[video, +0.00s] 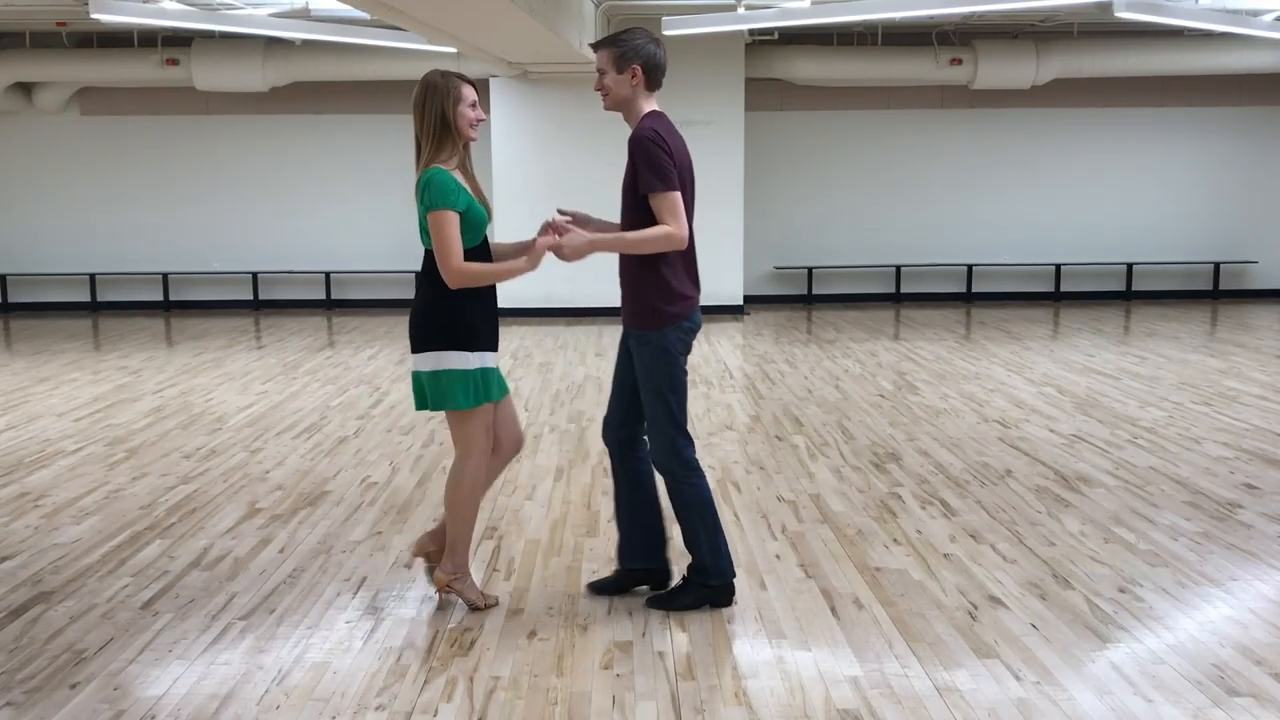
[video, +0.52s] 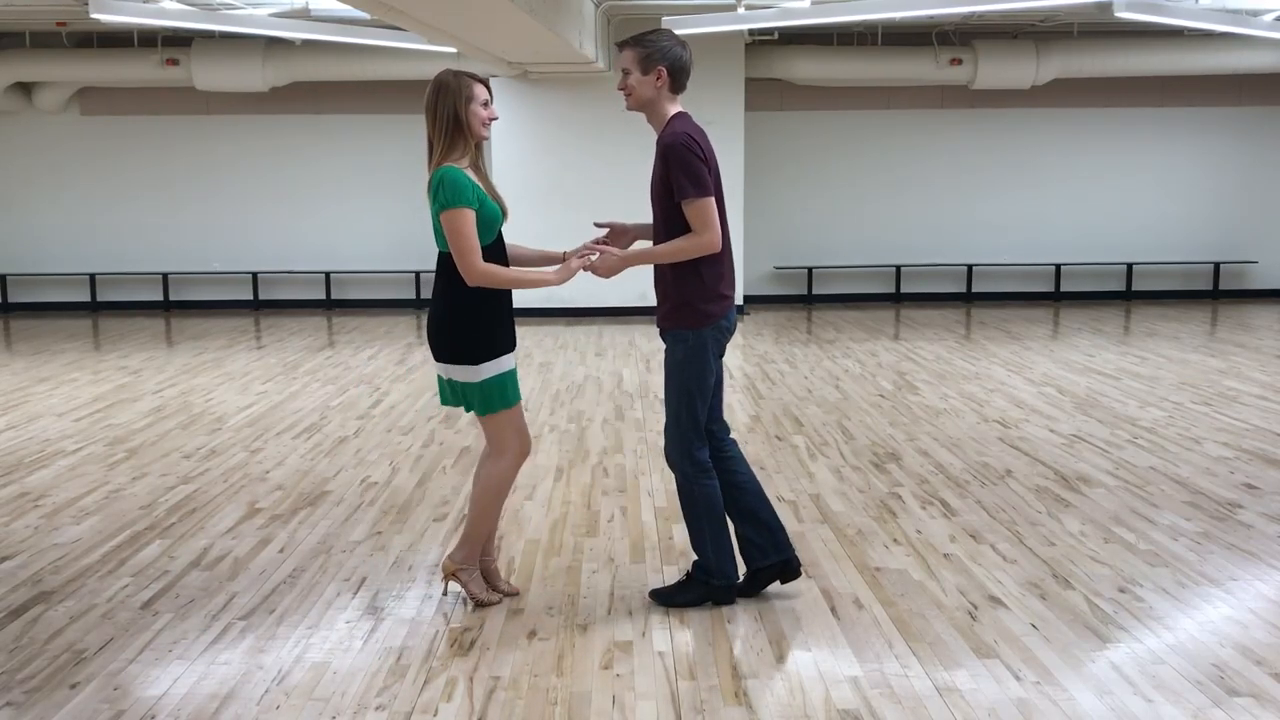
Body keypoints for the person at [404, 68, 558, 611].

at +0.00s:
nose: (480, 114)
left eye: (478, 105)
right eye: (470, 106)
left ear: (463, 113)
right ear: (444, 114)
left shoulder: (459, 178)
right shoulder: (441, 181)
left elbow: (482, 253)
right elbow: (453, 272)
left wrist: (535, 243)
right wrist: (524, 265)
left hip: (469, 334)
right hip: (449, 337)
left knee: (506, 442)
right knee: (473, 453)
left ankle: (440, 537)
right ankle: (455, 569)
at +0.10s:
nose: (483, 114)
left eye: (482, 105)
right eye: (473, 106)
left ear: (472, 113)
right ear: (447, 113)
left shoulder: (462, 178)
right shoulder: (446, 181)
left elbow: (488, 253)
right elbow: (458, 275)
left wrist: (545, 259)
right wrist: (533, 280)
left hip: (476, 335)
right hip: (455, 338)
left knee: (522, 436)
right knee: (482, 449)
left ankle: (479, 549)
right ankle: (453, 565)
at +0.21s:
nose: (488, 113)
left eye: (487, 104)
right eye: (479, 105)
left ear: (469, 113)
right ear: (454, 113)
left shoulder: (468, 176)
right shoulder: (451, 181)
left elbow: (497, 254)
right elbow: (466, 273)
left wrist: (557, 262)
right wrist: (540, 283)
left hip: (483, 332)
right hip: (461, 337)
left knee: (521, 436)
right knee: (498, 445)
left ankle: (487, 551)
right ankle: (457, 560)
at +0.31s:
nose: (491, 113)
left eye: (489, 104)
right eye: (482, 104)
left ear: (470, 112)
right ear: (456, 112)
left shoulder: (468, 175)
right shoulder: (452, 180)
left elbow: (501, 253)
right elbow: (472, 271)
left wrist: (560, 258)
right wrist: (547, 274)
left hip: (479, 326)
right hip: (468, 331)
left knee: (503, 443)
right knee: (515, 444)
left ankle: (484, 552)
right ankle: (468, 554)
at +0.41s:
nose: (491, 113)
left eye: (490, 105)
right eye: (482, 105)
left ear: (472, 113)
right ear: (457, 113)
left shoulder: (469, 176)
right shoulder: (452, 180)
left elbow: (500, 252)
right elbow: (474, 271)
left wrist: (562, 255)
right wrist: (551, 272)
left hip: (478, 330)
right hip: (472, 335)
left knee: (493, 442)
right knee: (523, 442)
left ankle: (484, 552)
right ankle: (470, 550)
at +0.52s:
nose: (491, 112)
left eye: (490, 104)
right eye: (482, 104)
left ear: (473, 112)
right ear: (456, 112)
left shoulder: (469, 175)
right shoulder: (452, 180)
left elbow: (499, 253)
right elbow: (473, 272)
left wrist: (565, 255)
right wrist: (546, 278)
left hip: (482, 326)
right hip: (470, 331)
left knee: (505, 443)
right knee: (512, 445)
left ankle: (484, 553)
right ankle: (465, 557)